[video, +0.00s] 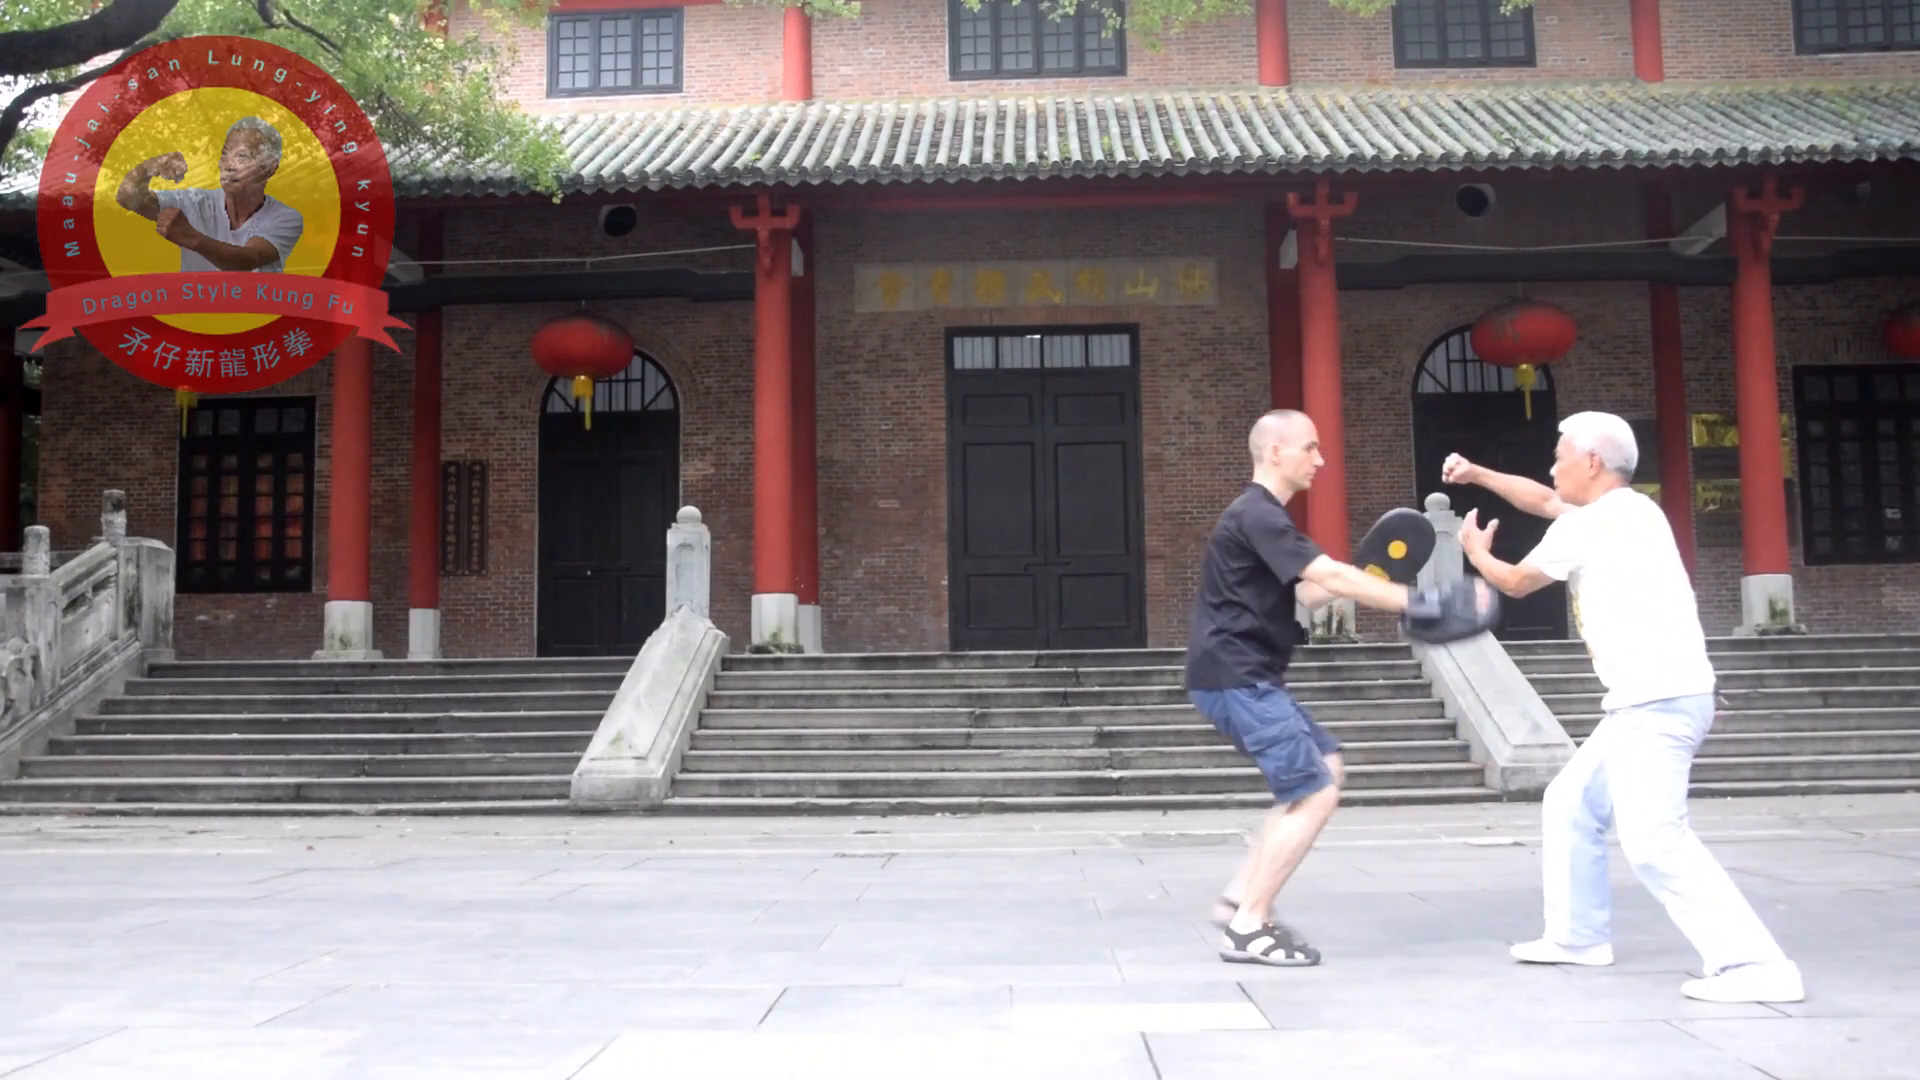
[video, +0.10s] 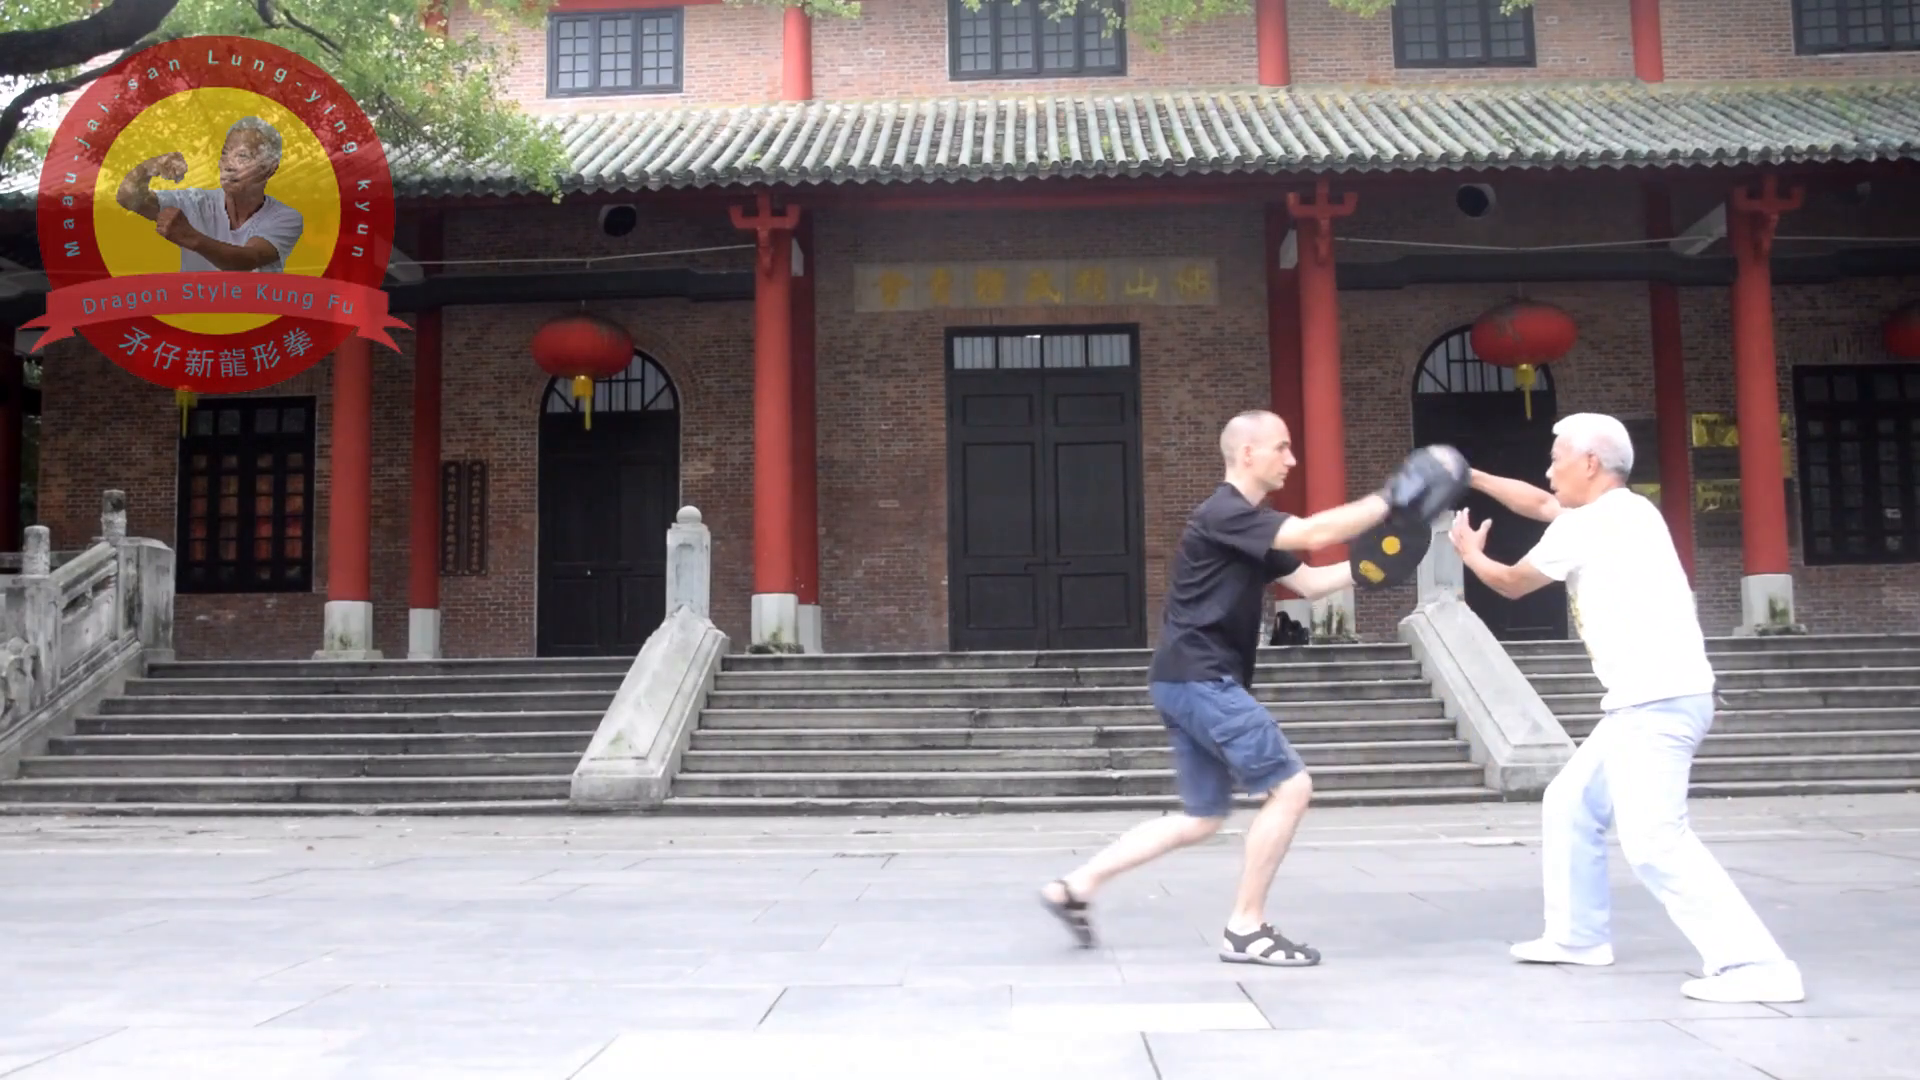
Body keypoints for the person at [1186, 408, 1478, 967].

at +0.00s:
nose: (1319, 458)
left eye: (1317, 448)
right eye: (1309, 448)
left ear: (1279, 454)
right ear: (1275, 453)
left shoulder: (1265, 512)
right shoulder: (1257, 513)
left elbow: (1302, 596)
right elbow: (1332, 576)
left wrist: (1355, 574)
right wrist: (1420, 604)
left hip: (1248, 673)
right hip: (1232, 677)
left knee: (1325, 767)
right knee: (1316, 789)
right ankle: (1249, 926)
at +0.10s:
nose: (1291, 459)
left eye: (1290, 448)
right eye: (1282, 448)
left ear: (1249, 457)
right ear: (1248, 454)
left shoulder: (1242, 518)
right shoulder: (1224, 510)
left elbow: (1306, 583)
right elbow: (1312, 535)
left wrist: (1376, 561)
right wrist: (1395, 495)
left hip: (1187, 678)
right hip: (1200, 677)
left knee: (1202, 819)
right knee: (1291, 788)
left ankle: (1075, 888)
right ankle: (1245, 929)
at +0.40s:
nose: (1199, 485)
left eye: (1197, 475)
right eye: (1189, 475)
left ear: (1154, 485)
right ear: (1153, 481)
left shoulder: (1141, 545)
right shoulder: (1130, 534)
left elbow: (1202, 609)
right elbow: (1216, 543)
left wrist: (1268, 603)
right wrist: (1270, 486)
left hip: (1056, 695)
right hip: (1088, 695)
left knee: (1033, 824)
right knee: (1195, 785)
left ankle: (925, 923)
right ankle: (1168, 934)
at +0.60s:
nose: (1177, 476)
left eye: (1175, 465)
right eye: (1167, 465)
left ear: (1132, 475)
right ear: (1131, 472)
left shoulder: (1116, 533)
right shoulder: (1109, 525)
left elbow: (1181, 607)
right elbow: (1199, 543)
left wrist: (1253, 604)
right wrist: (1254, 493)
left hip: (1049, 689)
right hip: (1075, 688)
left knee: (1030, 823)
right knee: (1182, 784)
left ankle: (925, 923)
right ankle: (1169, 935)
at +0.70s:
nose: (1171, 473)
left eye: (1169, 463)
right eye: (1161, 463)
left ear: (1129, 471)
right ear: (1127, 469)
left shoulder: (1115, 533)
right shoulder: (1104, 525)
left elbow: (1177, 602)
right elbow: (1197, 538)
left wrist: (1249, 601)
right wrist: (1253, 484)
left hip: (1050, 689)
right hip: (1073, 688)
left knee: (1032, 820)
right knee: (1181, 783)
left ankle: (925, 923)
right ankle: (1169, 934)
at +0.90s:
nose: (1163, 472)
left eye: (1161, 462)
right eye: (1153, 462)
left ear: (1122, 470)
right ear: (1120, 468)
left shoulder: (1108, 532)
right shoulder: (1098, 524)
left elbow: (1172, 600)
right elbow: (1190, 537)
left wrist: (1242, 596)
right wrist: (1247, 484)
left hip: (1047, 690)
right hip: (1072, 690)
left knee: (1030, 822)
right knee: (1181, 784)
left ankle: (925, 924)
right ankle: (1169, 936)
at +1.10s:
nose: (1160, 472)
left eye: (1159, 462)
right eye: (1150, 462)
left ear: (1118, 469)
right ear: (1116, 467)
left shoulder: (1108, 533)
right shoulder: (1095, 524)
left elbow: (1172, 600)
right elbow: (1188, 537)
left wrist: (1242, 597)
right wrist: (1245, 484)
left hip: (1045, 691)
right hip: (1070, 690)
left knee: (1030, 822)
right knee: (1180, 784)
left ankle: (925, 924)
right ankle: (1169, 937)